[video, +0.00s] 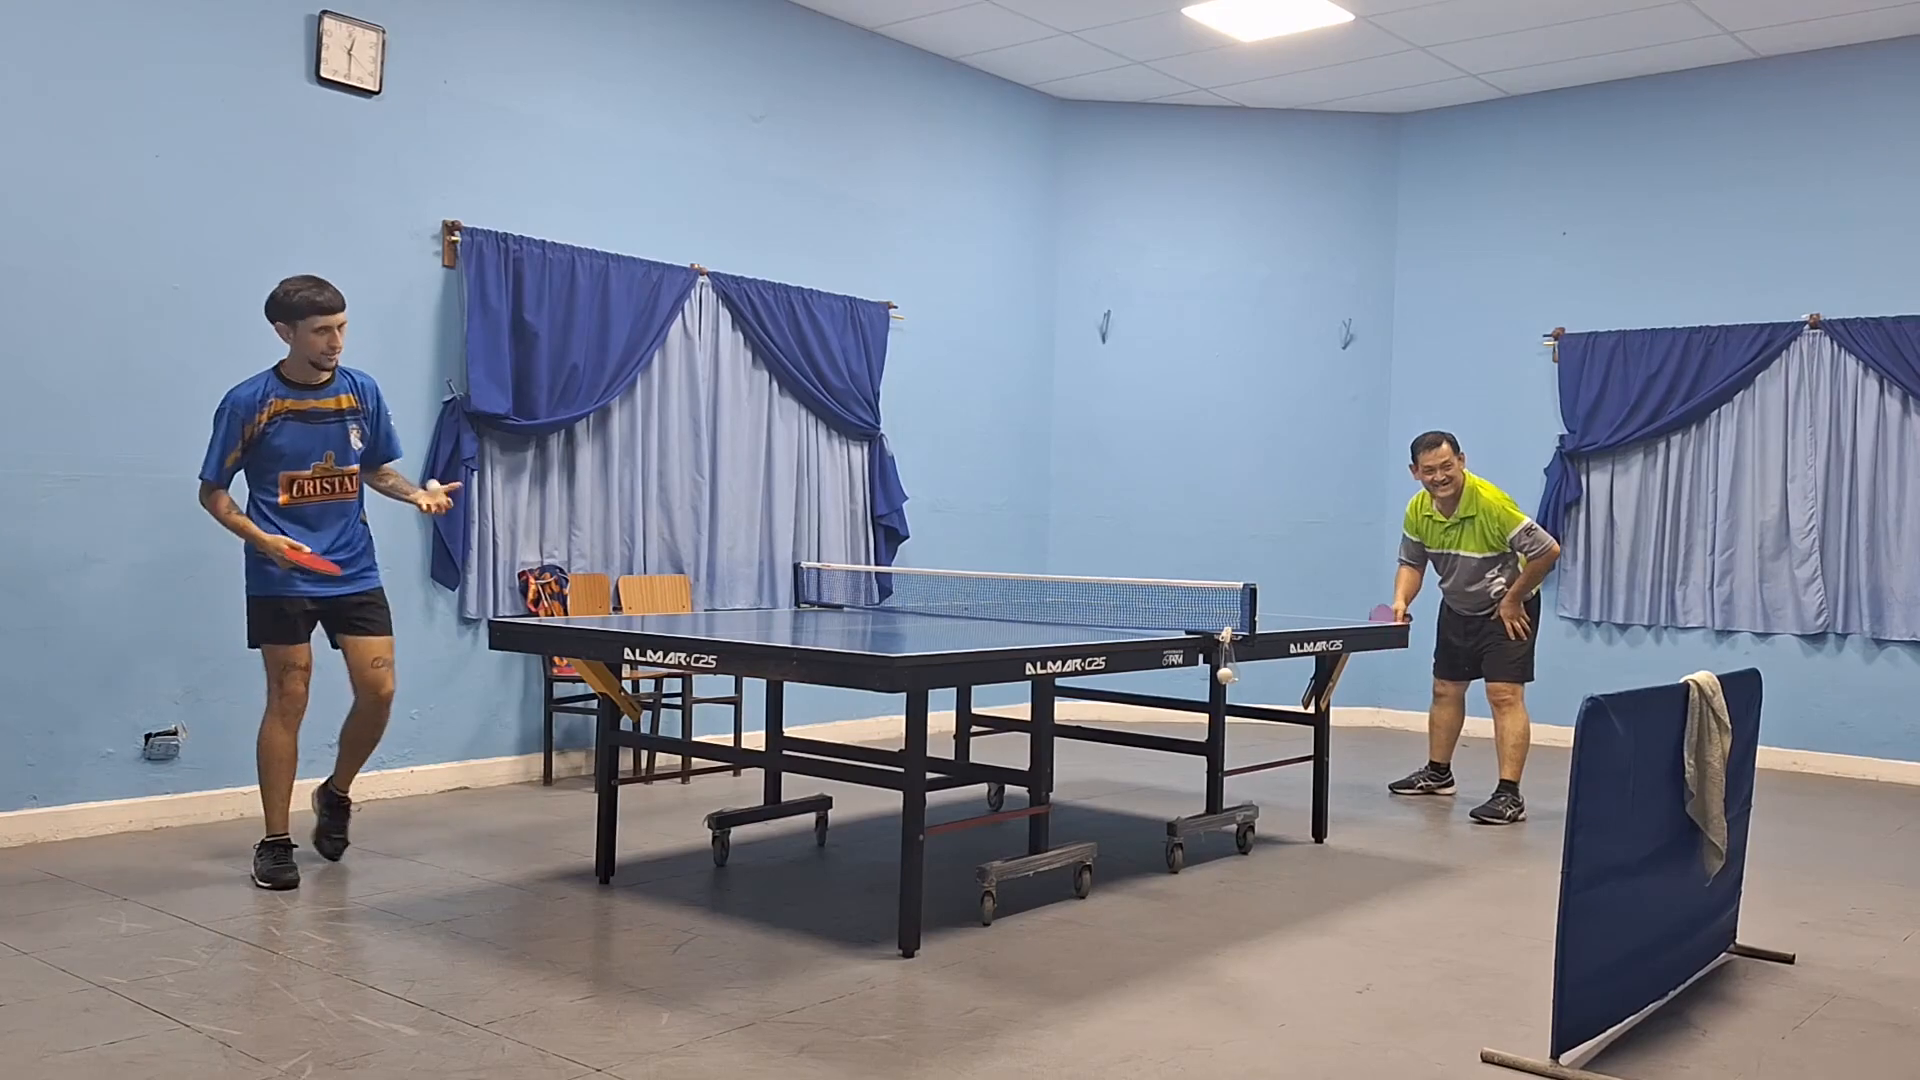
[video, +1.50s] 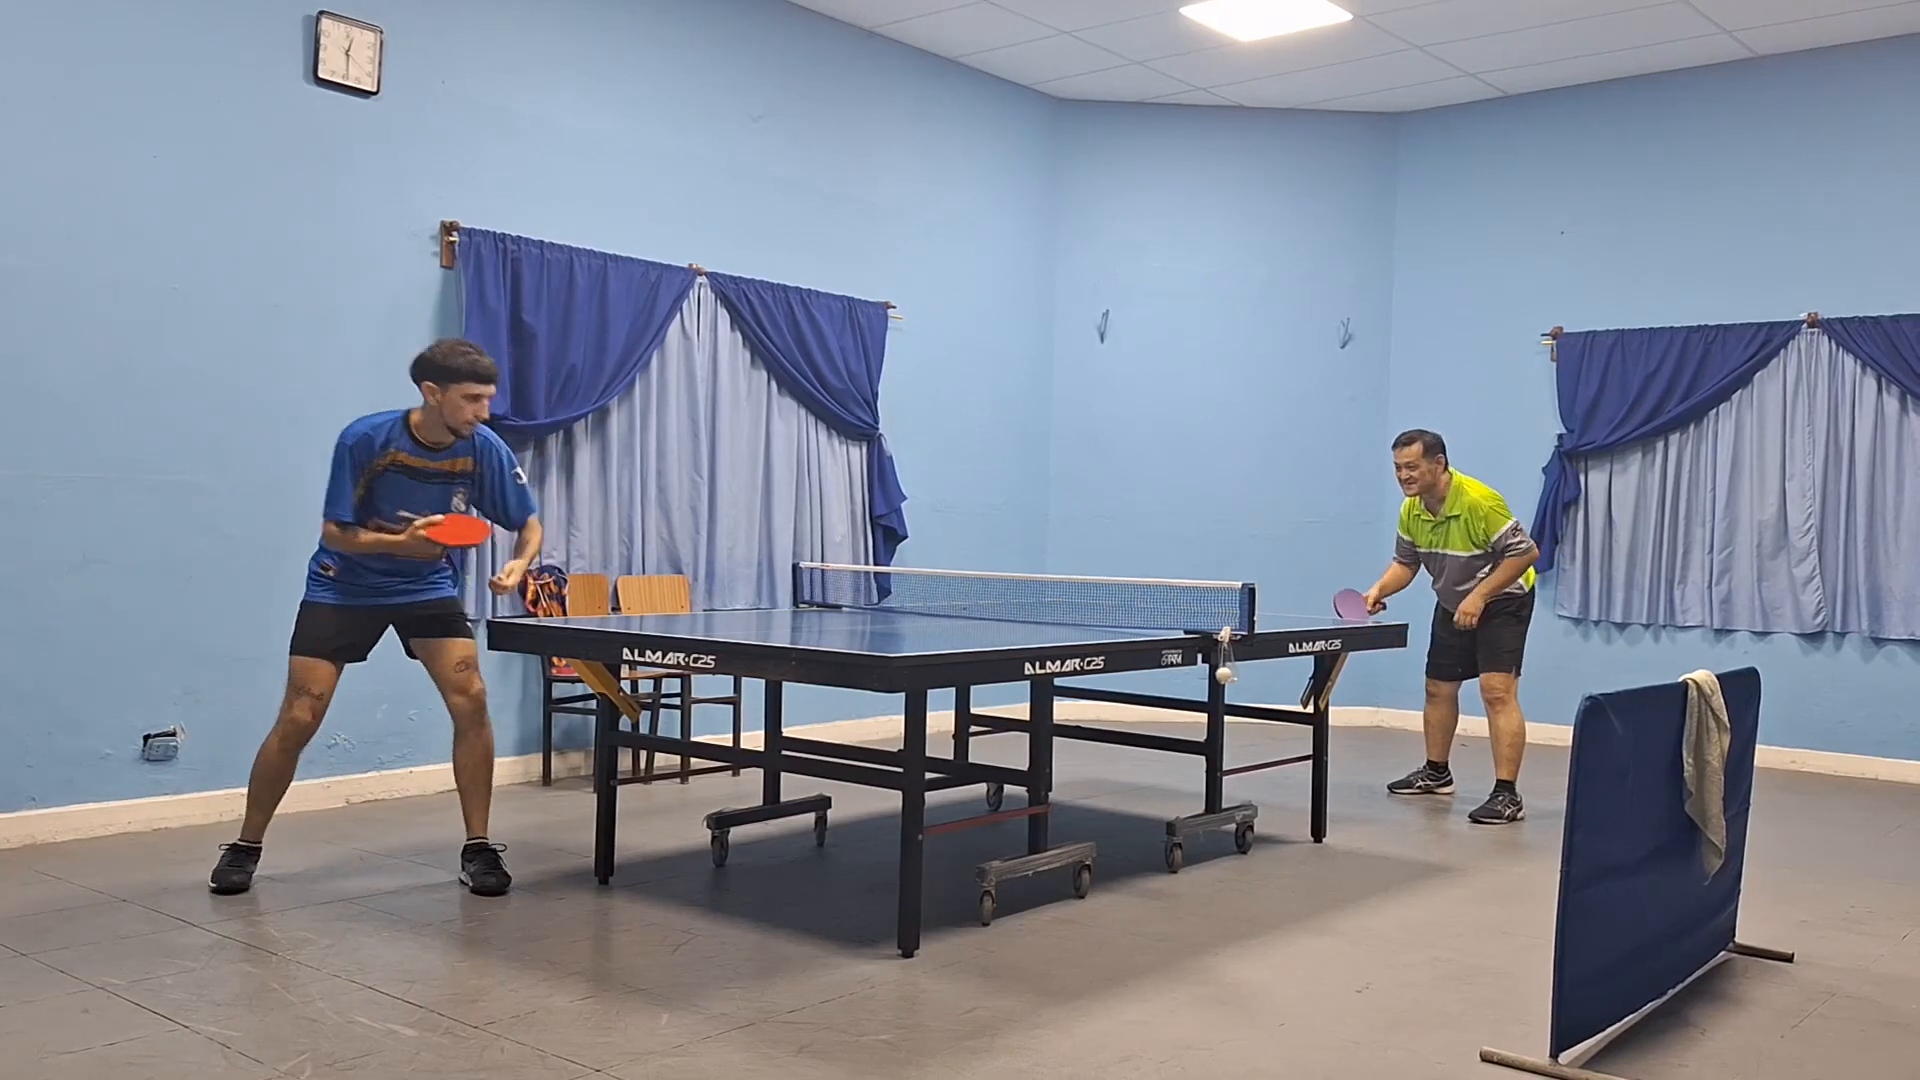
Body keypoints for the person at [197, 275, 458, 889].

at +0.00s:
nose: (335, 341)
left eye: (340, 328)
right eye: (321, 332)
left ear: (345, 325)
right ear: (285, 333)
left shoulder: (362, 392)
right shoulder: (248, 403)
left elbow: (376, 467)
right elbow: (211, 491)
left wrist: (419, 493)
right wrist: (259, 537)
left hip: (352, 565)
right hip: (280, 568)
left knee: (379, 690)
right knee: (290, 695)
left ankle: (336, 793)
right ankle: (275, 839)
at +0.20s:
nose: (339, 324)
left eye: (344, 312)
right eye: (325, 314)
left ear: (350, 315)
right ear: (290, 321)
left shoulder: (363, 386)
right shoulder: (255, 394)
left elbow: (368, 468)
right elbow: (212, 484)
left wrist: (407, 496)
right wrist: (277, 519)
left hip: (362, 564)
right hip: (289, 574)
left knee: (397, 681)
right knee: (290, 698)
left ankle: (390, 818)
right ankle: (277, 842)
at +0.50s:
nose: (394, 330)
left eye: (397, 320)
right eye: (381, 320)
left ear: (397, 326)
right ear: (340, 325)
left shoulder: (409, 396)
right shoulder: (298, 399)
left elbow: (447, 471)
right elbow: (258, 496)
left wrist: (483, 523)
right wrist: (336, 500)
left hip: (389, 570)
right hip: (314, 577)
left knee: (421, 687)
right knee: (307, 704)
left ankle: (463, 828)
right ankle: (278, 844)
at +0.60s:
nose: (429, 350)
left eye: (432, 340)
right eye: (417, 340)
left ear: (429, 343)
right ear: (376, 338)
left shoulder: (441, 411)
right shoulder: (322, 406)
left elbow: (481, 484)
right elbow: (285, 500)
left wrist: (511, 536)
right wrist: (361, 503)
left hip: (406, 580)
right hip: (329, 584)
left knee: (435, 695)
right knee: (318, 710)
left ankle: (468, 841)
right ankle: (279, 843)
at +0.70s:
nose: (479, 372)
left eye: (481, 361)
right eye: (469, 360)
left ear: (455, 364)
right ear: (426, 356)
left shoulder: (475, 430)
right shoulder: (359, 415)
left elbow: (511, 506)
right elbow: (312, 506)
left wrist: (537, 556)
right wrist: (387, 513)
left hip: (428, 591)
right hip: (348, 592)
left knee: (455, 694)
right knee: (329, 724)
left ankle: (476, 848)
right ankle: (279, 845)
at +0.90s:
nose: (556, 408)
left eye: (558, 397)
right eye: (551, 395)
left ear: (523, 390)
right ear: (515, 387)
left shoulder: (522, 453)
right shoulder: (419, 426)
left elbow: (531, 531)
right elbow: (371, 510)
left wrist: (553, 569)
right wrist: (444, 539)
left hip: (446, 586)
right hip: (370, 586)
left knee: (472, 701)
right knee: (340, 718)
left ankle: (476, 848)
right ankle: (284, 841)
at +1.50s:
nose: (483, 412)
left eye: (488, 400)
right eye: (472, 400)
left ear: (489, 397)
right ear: (432, 393)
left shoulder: (485, 451)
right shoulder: (363, 440)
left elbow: (531, 525)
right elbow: (334, 532)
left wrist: (521, 562)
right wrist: (395, 545)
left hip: (428, 586)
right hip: (343, 585)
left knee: (470, 695)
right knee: (300, 717)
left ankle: (478, 846)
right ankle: (246, 846)